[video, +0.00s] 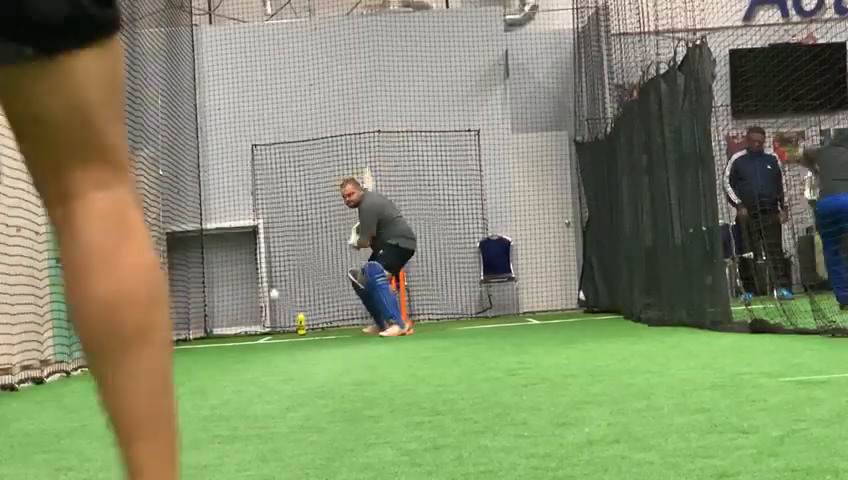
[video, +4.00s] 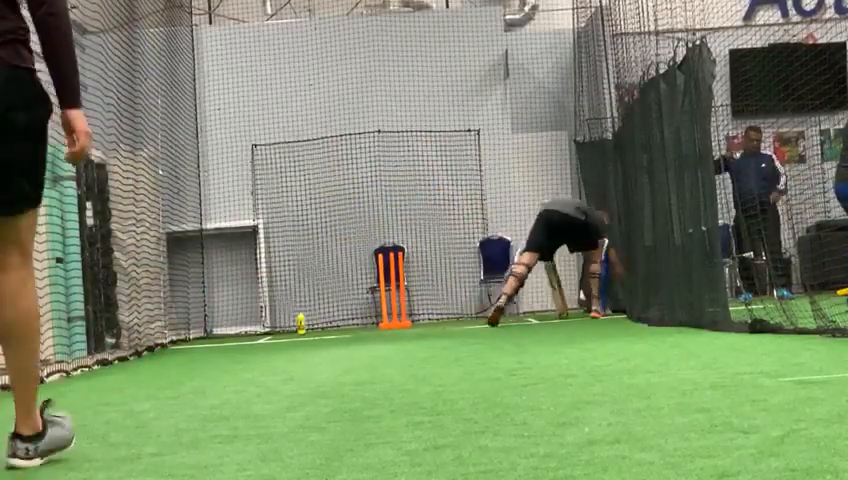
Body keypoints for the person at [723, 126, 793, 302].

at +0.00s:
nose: (757, 145)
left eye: (760, 141)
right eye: (754, 141)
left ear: (764, 142)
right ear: (747, 142)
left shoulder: (772, 159)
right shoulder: (737, 159)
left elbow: (780, 184)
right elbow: (726, 183)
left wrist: (783, 206)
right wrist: (738, 205)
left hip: (771, 210)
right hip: (748, 212)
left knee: (775, 249)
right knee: (747, 251)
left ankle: (781, 286)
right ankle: (749, 290)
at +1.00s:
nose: (755, 142)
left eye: (757, 139)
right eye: (751, 139)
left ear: (761, 140)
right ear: (743, 140)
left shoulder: (770, 159)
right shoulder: (734, 159)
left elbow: (782, 180)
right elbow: (724, 182)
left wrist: (775, 194)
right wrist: (742, 197)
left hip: (768, 210)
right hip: (745, 211)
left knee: (774, 247)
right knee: (746, 251)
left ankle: (781, 286)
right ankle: (748, 289)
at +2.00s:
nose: (754, 142)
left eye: (757, 139)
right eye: (750, 139)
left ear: (760, 140)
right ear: (742, 140)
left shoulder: (769, 158)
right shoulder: (733, 159)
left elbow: (780, 181)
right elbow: (721, 182)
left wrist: (774, 200)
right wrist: (739, 195)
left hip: (767, 209)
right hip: (744, 210)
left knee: (773, 247)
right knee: (746, 250)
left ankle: (778, 285)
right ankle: (749, 289)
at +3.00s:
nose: (755, 142)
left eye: (758, 139)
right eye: (751, 138)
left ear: (762, 141)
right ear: (744, 140)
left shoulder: (769, 159)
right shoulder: (735, 159)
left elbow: (777, 185)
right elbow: (721, 181)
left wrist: (781, 207)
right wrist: (735, 178)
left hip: (768, 211)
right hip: (744, 212)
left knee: (774, 248)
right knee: (746, 252)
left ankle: (779, 286)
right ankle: (748, 289)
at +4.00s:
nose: (755, 144)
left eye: (758, 141)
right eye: (752, 140)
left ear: (761, 142)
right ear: (744, 140)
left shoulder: (768, 159)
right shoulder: (733, 161)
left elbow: (782, 177)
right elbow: (712, 169)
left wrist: (778, 191)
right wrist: (726, 156)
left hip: (767, 209)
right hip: (743, 211)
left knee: (773, 247)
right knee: (744, 251)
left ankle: (779, 286)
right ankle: (749, 289)